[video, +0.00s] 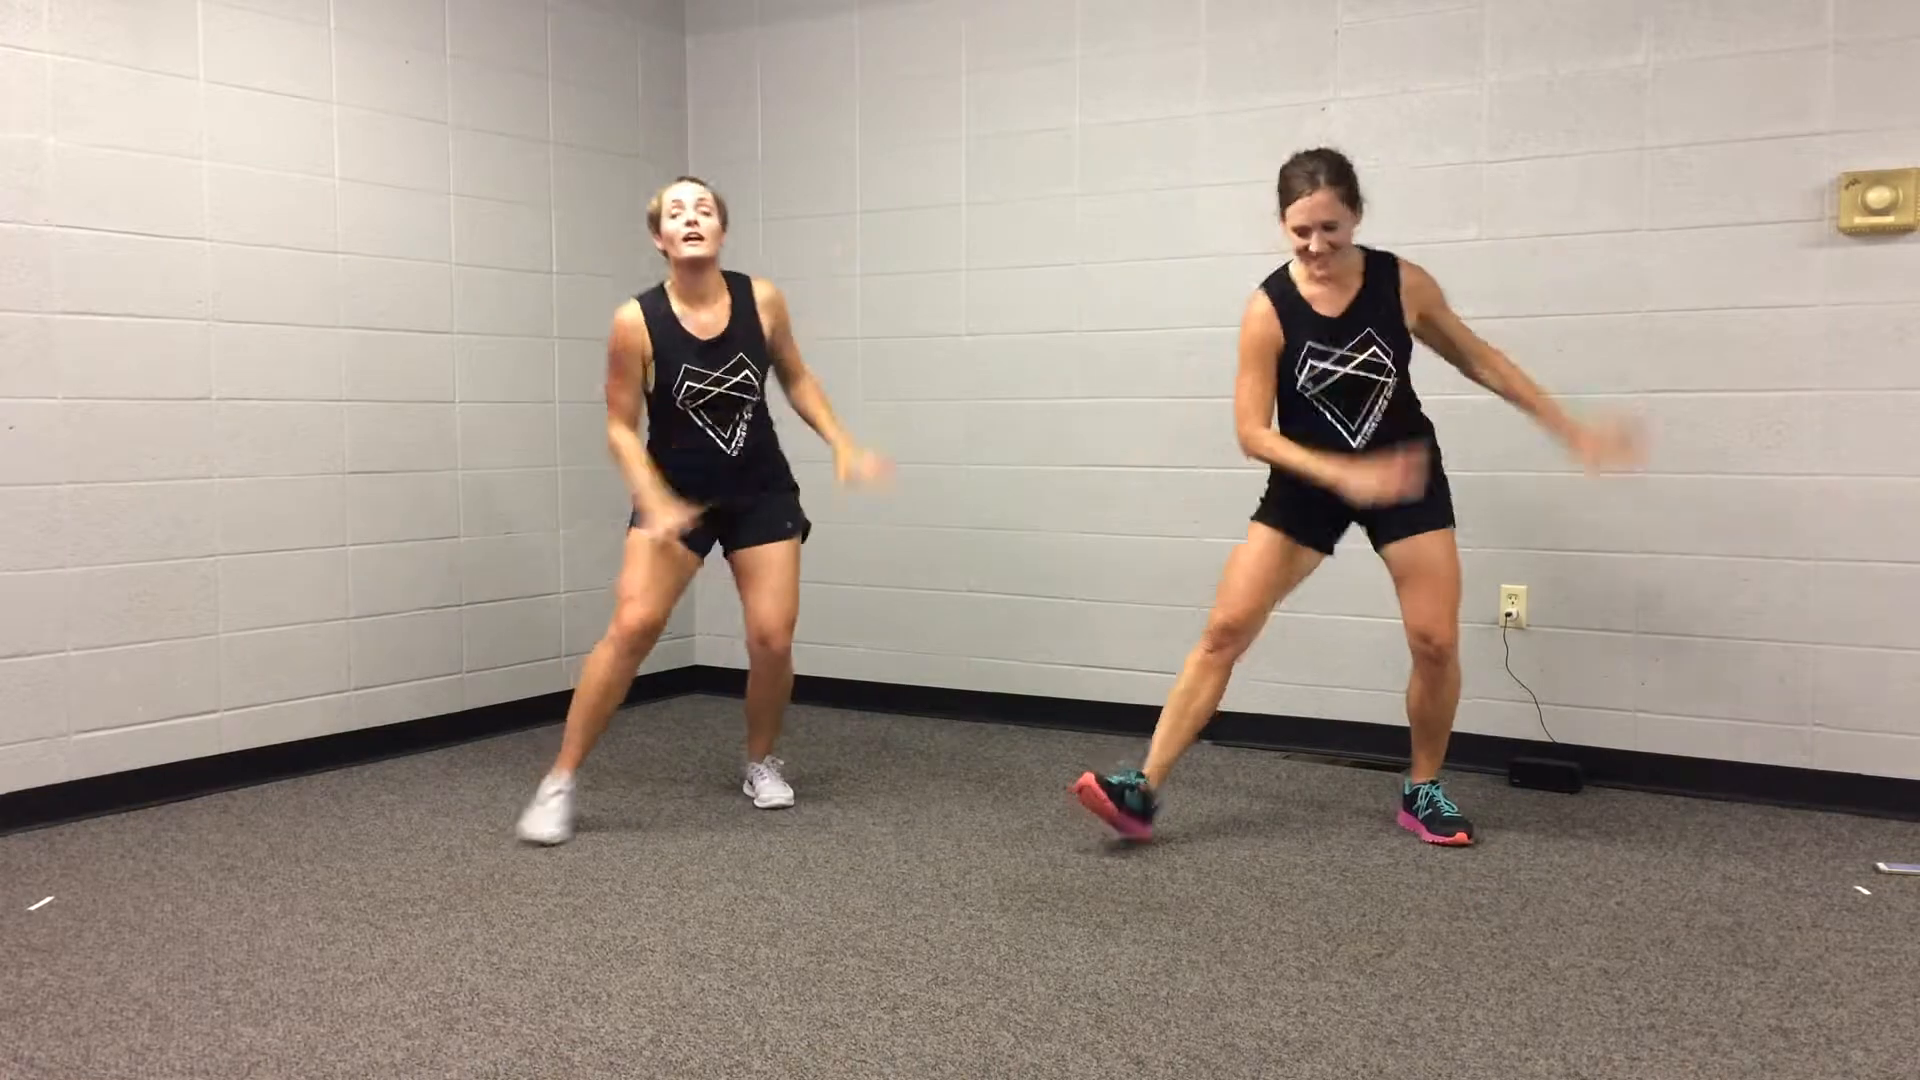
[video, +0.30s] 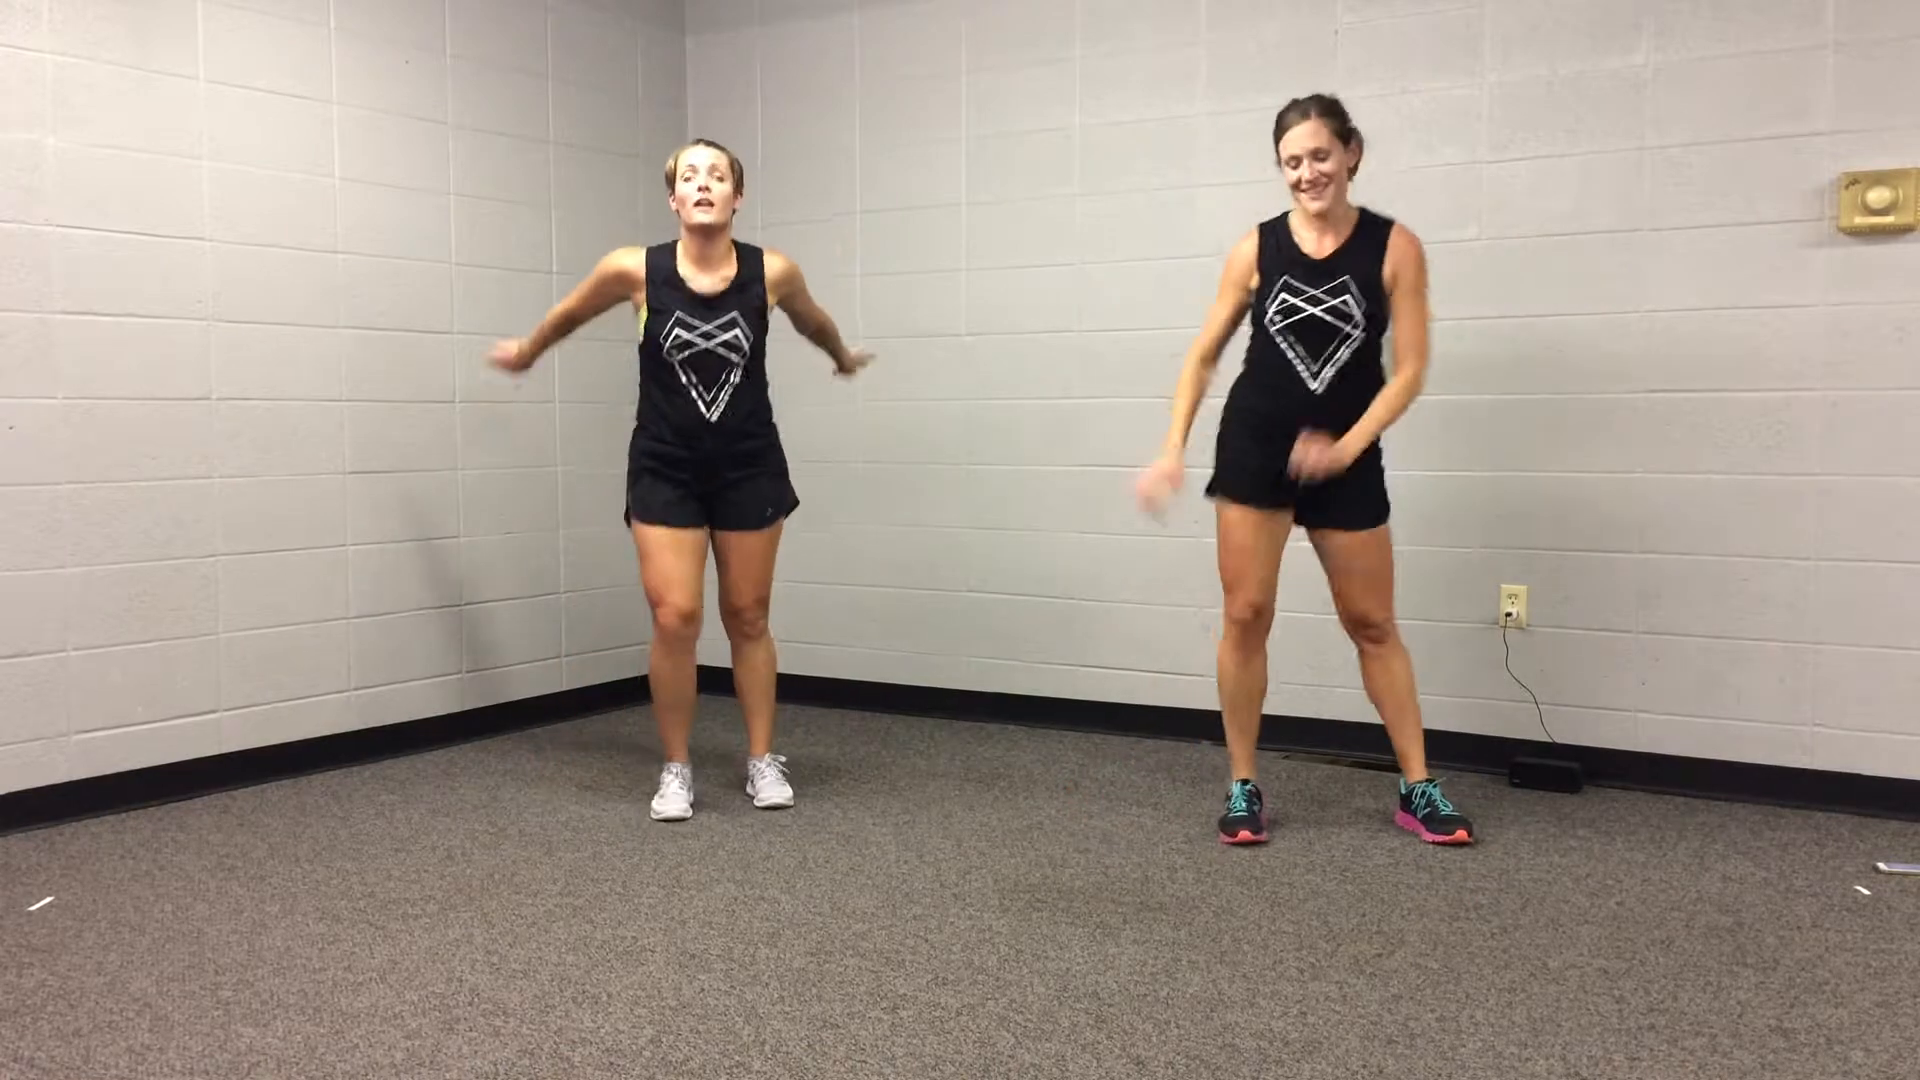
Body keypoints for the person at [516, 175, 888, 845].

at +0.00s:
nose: (690, 218)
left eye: (702, 210)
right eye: (676, 211)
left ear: (723, 232)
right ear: (658, 237)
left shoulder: (761, 301)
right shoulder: (636, 321)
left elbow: (796, 377)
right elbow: (620, 423)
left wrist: (841, 442)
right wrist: (655, 499)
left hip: (760, 488)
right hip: (676, 493)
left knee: (773, 639)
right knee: (634, 624)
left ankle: (761, 764)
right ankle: (560, 781)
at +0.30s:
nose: (701, 185)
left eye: (715, 176)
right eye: (689, 176)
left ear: (737, 197)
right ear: (671, 198)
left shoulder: (773, 272)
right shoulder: (632, 269)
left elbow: (814, 323)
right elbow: (569, 313)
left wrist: (843, 356)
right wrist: (526, 350)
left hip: (749, 467)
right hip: (664, 469)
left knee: (749, 615)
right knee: (674, 618)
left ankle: (763, 760)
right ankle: (676, 768)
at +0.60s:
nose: (685, 235)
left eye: (698, 225)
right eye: (673, 223)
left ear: (715, 231)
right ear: (654, 225)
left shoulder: (745, 287)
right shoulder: (623, 314)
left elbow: (767, 381)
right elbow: (627, 417)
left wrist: (710, 341)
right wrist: (670, 374)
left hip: (719, 479)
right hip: (637, 482)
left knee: (755, 543)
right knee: (658, 625)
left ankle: (727, 654)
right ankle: (676, 767)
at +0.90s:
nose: (674, 216)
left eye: (688, 205)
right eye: (663, 202)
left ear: (705, 213)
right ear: (641, 205)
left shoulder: (730, 286)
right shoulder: (600, 284)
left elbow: (773, 374)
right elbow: (581, 381)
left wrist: (805, 441)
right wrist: (589, 464)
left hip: (736, 469)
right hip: (652, 475)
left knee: (732, 621)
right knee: (671, 625)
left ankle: (748, 759)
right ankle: (678, 769)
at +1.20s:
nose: (680, 220)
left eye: (693, 208)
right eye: (668, 207)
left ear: (710, 216)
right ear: (645, 214)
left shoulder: (742, 281)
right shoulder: (614, 289)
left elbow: (843, 297)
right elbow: (511, 324)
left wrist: (933, 307)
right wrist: (414, 345)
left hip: (721, 475)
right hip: (638, 480)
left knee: (765, 579)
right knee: (660, 628)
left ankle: (734, 701)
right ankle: (675, 770)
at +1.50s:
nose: (683, 206)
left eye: (695, 193)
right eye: (671, 193)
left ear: (714, 200)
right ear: (650, 198)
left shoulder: (736, 263)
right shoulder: (616, 257)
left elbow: (818, 191)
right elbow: (515, 190)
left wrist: (892, 120)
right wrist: (431, 122)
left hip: (734, 467)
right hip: (650, 471)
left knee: (751, 615)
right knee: (675, 620)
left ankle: (759, 756)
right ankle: (678, 768)